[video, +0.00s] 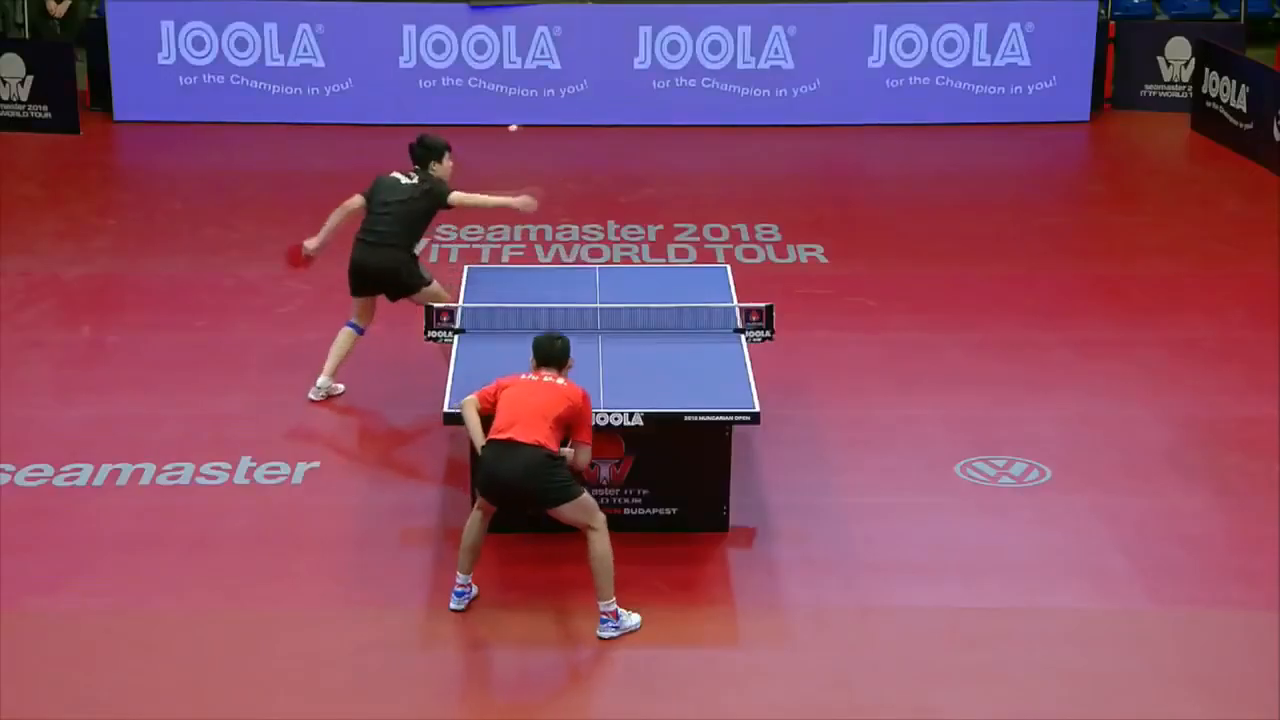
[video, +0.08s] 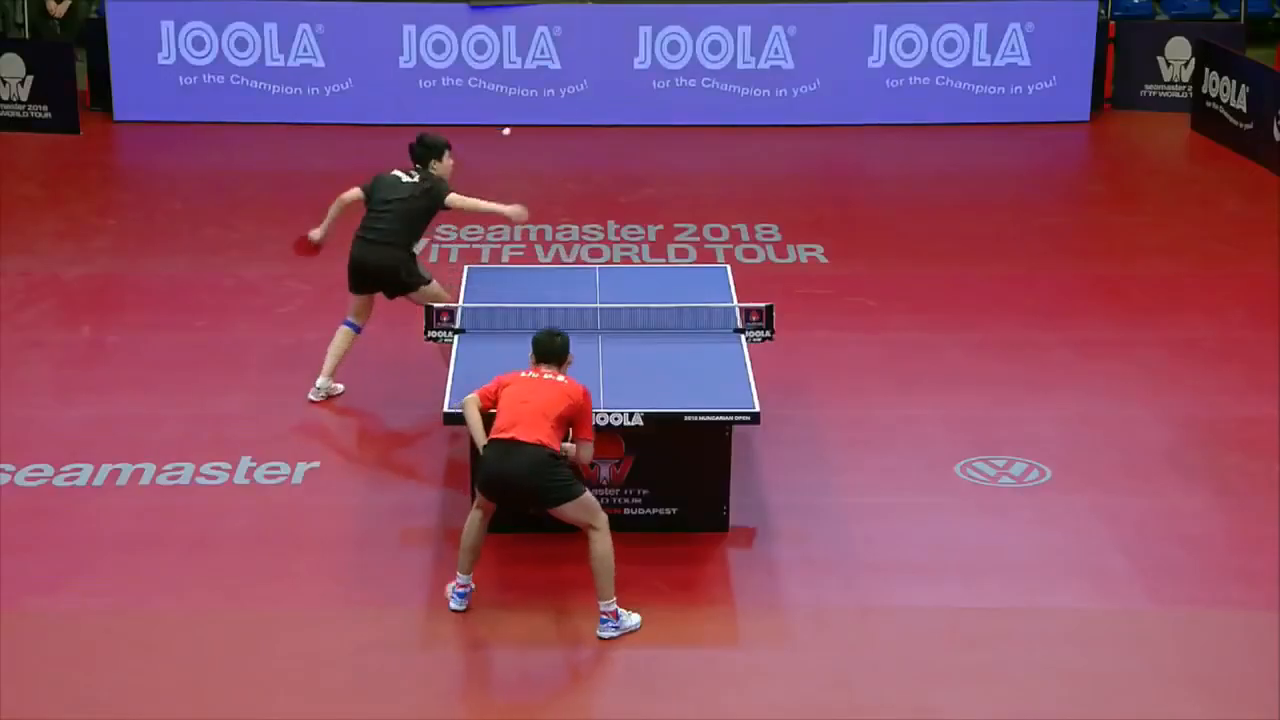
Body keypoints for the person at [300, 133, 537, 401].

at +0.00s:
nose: (452, 166)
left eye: (450, 159)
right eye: (448, 160)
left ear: (420, 164)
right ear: (434, 164)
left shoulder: (384, 181)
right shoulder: (434, 188)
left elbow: (347, 207)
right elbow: (467, 199)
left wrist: (318, 240)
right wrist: (513, 201)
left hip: (361, 262)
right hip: (396, 265)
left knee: (359, 319)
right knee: (448, 306)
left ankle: (324, 380)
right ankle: (466, 375)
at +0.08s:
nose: (452, 163)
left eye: (451, 158)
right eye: (448, 158)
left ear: (421, 162)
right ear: (433, 163)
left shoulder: (385, 179)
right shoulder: (435, 187)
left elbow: (343, 198)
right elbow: (462, 203)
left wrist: (322, 230)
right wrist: (505, 210)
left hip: (360, 258)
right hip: (395, 262)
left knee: (356, 317)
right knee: (447, 308)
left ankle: (323, 382)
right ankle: (465, 380)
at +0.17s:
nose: (462, 172)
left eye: (461, 166)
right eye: (459, 166)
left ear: (432, 167)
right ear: (444, 169)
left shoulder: (397, 174)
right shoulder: (442, 192)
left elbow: (354, 173)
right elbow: (452, 216)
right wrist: (479, 230)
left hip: (359, 256)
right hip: (393, 263)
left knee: (351, 316)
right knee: (453, 300)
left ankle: (322, 380)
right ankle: (433, 366)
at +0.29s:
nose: (474, 196)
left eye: (477, 189)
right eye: (474, 188)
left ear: (447, 178)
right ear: (458, 182)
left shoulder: (411, 175)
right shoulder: (447, 204)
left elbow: (380, 165)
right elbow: (448, 230)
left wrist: (398, 163)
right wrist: (467, 247)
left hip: (364, 260)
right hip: (394, 269)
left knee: (352, 319)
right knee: (452, 297)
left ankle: (322, 381)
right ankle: (417, 360)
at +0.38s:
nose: (492, 219)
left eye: (495, 214)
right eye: (493, 212)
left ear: (476, 194)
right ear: (479, 201)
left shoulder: (453, 187)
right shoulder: (458, 223)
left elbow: (456, 167)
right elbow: (435, 248)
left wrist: (455, 164)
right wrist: (440, 283)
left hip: (379, 264)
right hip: (404, 273)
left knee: (369, 321)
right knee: (451, 320)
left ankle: (328, 372)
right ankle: (434, 391)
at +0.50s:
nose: (502, 219)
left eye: (506, 213)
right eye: (502, 212)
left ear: (490, 198)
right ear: (489, 202)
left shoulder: (474, 192)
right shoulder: (462, 225)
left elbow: (484, 176)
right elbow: (421, 241)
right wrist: (405, 281)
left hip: (400, 257)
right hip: (417, 269)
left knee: (406, 320)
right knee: (456, 316)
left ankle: (345, 350)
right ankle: (434, 391)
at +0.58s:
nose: (509, 206)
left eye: (514, 200)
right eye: (506, 198)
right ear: (491, 187)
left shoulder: (492, 191)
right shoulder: (460, 203)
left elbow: (516, 187)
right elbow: (420, 194)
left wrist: (536, 180)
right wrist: (383, 224)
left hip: (443, 253)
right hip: (421, 251)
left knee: (444, 313)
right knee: (450, 315)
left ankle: (374, 331)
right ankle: (435, 391)